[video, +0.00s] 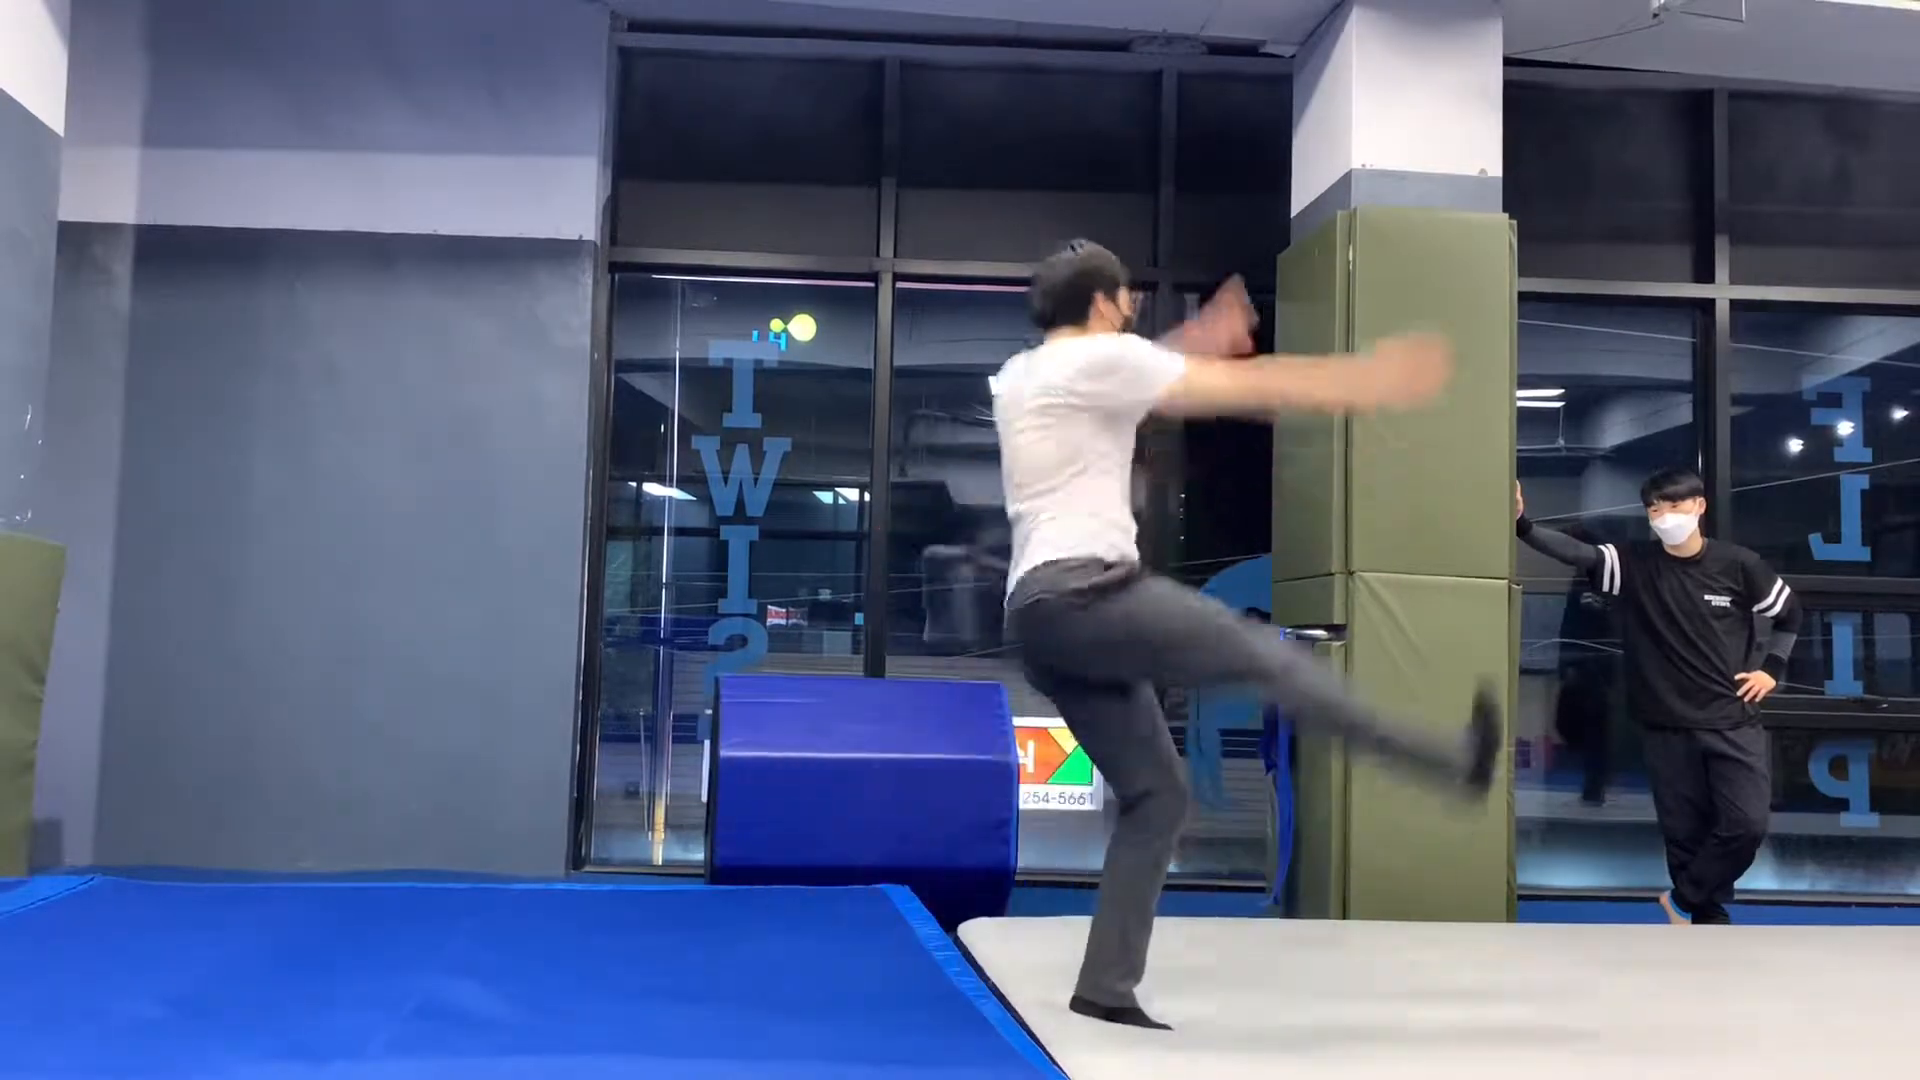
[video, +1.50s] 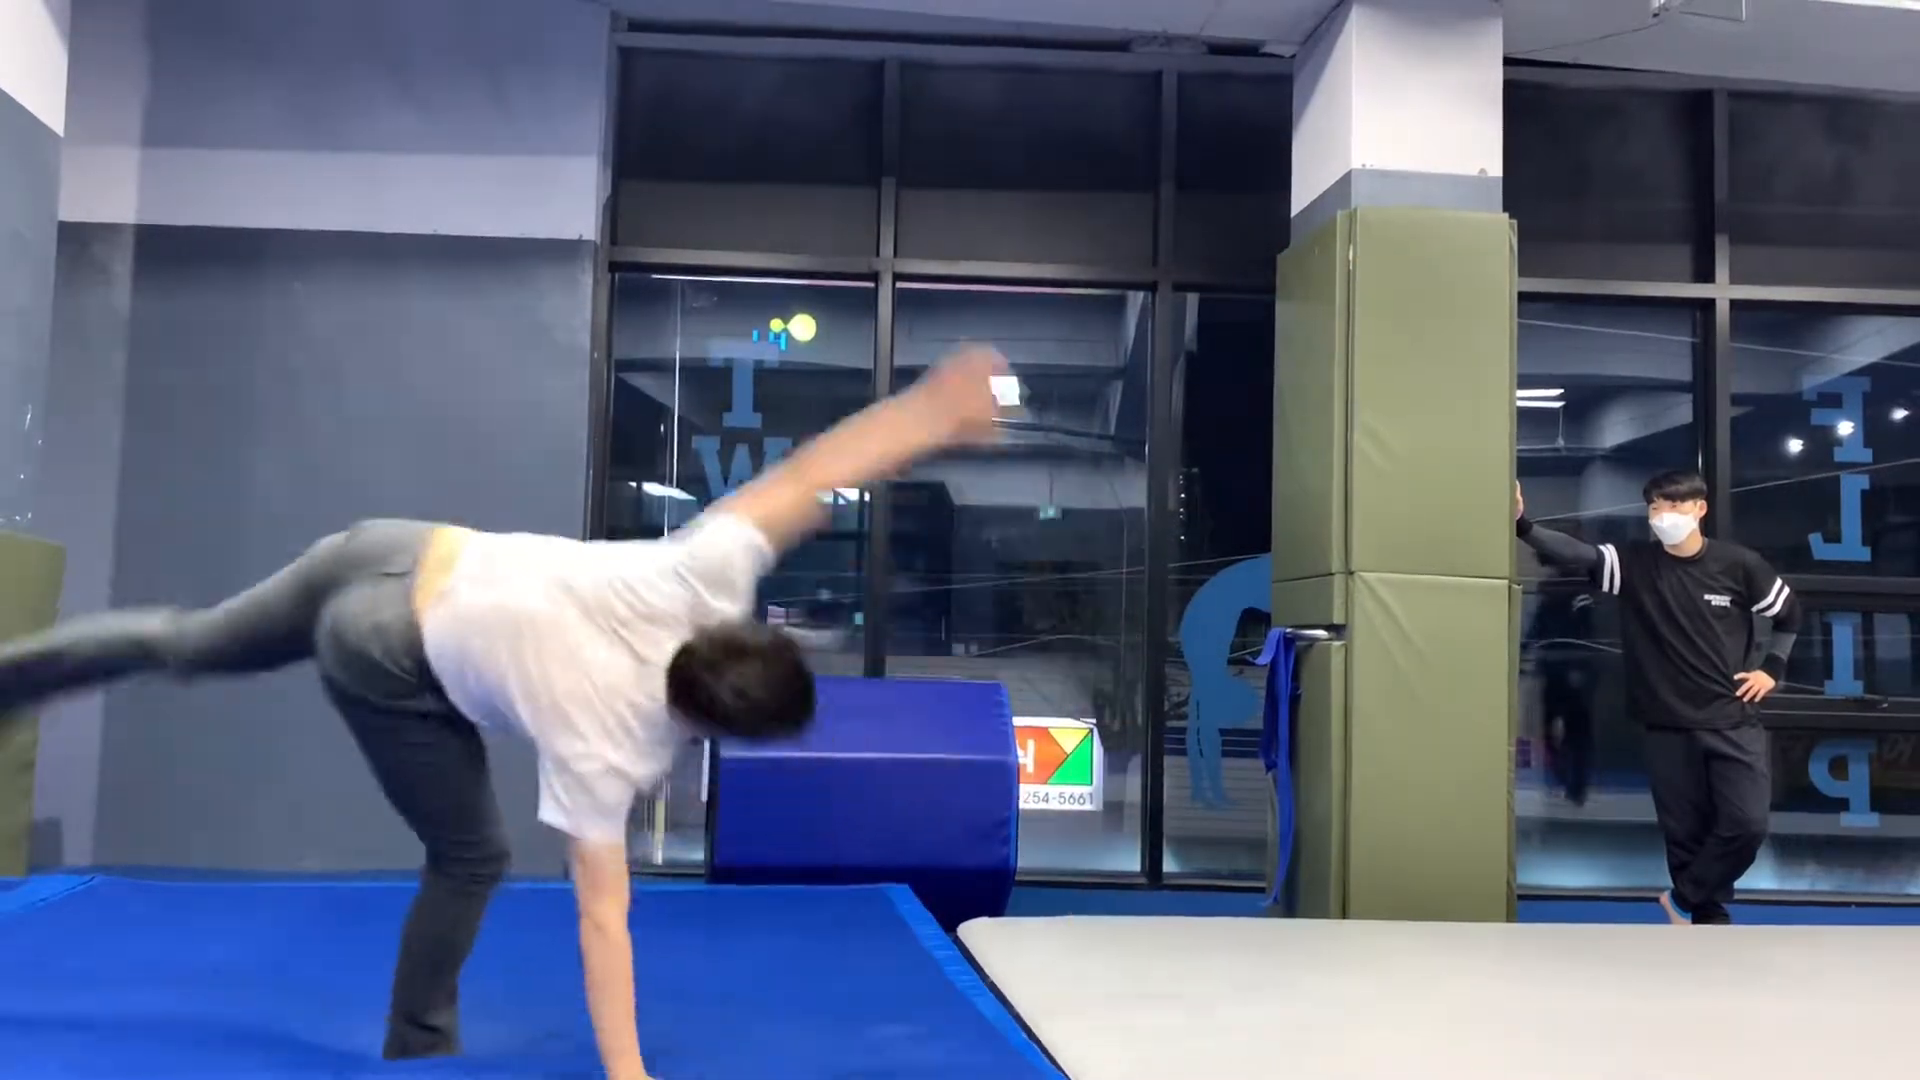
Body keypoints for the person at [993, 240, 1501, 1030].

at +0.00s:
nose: (1132, 312)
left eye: (1131, 300)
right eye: (1127, 299)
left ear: (1052, 311)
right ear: (1101, 305)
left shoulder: (1015, 378)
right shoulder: (1107, 360)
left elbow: (1121, 384)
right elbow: (1245, 386)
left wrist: (1195, 345)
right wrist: (1369, 376)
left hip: (1040, 616)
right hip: (1091, 596)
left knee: (1154, 796)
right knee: (1269, 661)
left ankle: (1105, 989)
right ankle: (1457, 762)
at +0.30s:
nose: (935, 258)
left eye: (940, 248)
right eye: (944, 243)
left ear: (962, 262)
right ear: (1021, 241)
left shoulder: (959, 310)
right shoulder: (1077, 279)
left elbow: (894, 191)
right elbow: (1050, 173)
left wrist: (898, 72)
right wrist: (992, 73)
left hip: (1098, 569)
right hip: (1164, 503)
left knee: (1074, 757)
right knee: (1196, 393)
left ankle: (1127, 936)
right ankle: (1291, 342)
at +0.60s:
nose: (895, 474)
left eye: (899, 460)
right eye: (884, 462)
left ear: (938, 438)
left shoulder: (996, 520)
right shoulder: (947, 398)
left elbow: (891, 602)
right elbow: (836, 351)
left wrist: (795, 691)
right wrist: (752, 311)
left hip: (1110, 623)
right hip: (1120, 537)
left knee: (1033, 799)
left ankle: (1130, 954)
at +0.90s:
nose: (826, 827)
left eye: (844, 829)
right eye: (825, 815)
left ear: (904, 800)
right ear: (823, 769)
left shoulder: (936, 782)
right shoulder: (786, 700)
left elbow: (916, 927)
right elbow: (713, 828)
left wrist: (914, 1061)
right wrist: (666, 974)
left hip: (979, 532)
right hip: (888, 480)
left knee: (1045, 679)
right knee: (730, 457)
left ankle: (1152, 796)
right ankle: (659, 374)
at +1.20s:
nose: (753, 911)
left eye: (786, 916)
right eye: (753, 902)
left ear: (844, 846)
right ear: (736, 843)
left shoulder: (867, 787)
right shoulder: (678, 787)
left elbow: (886, 921)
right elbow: (632, 955)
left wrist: (915, 1046)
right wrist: (627, 1075)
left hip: (722, 535)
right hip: (616, 556)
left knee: (738, 426)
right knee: (522, 783)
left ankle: (766, 356)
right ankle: (396, 943)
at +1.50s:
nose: (755, 724)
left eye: (761, 707)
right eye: (758, 723)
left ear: (735, 630)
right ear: (722, 728)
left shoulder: (709, 569)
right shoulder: (604, 750)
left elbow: (828, 466)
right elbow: (605, 915)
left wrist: (939, 404)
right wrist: (628, 1066)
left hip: (402, 542)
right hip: (382, 648)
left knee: (190, 638)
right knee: (469, 859)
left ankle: (0, 679)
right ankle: (415, 1040)